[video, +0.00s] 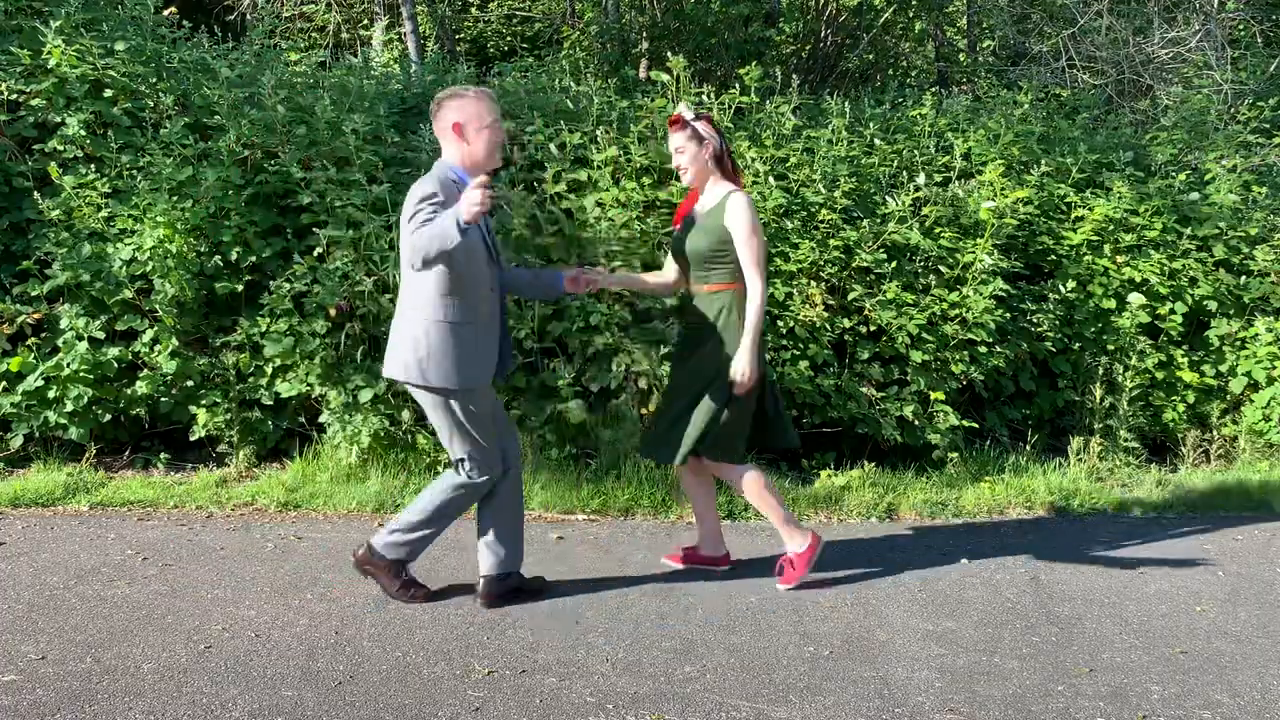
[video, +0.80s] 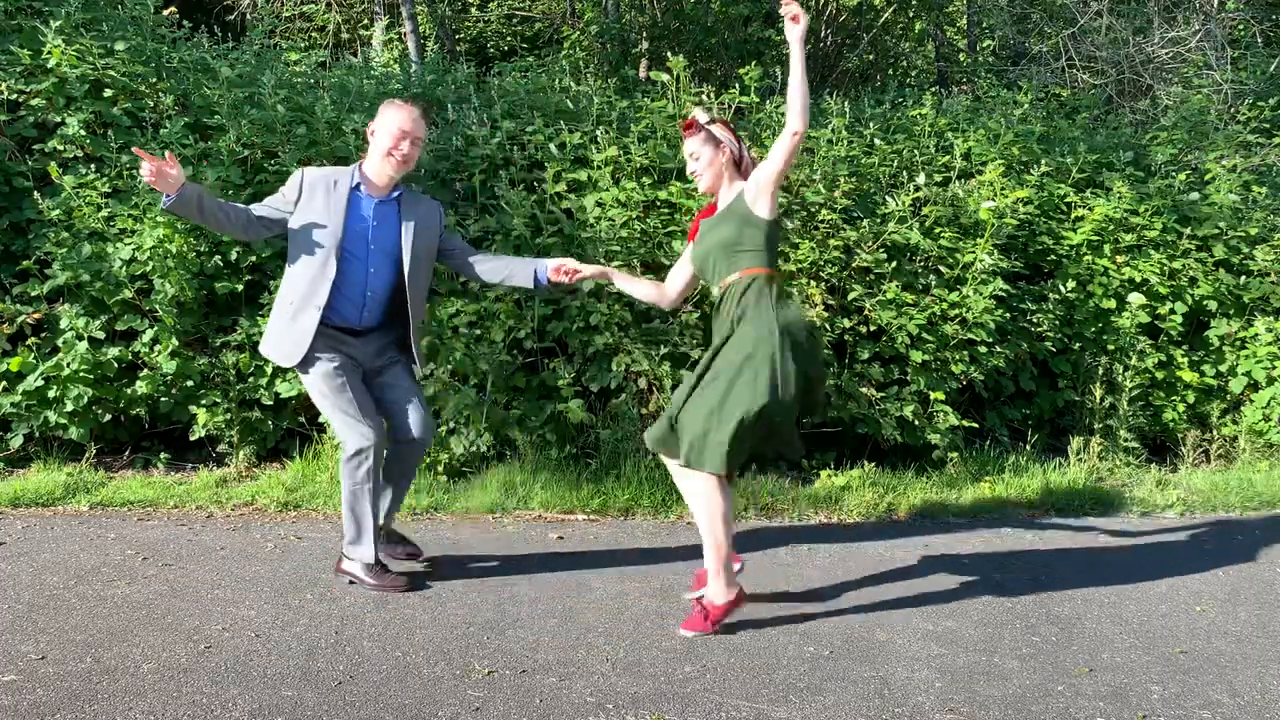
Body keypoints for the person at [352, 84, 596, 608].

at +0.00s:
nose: (504, 136)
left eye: (501, 125)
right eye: (493, 126)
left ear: (462, 135)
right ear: (457, 133)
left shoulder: (469, 196)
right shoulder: (432, 190)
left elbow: (496, 277)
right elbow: (414, 250)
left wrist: (560, 280)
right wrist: (459, 216)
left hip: (460, 358)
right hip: (434, 360)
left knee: (504, 455)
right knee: (480, 463)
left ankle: (501, 577)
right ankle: (385, 553)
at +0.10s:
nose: (489, 143)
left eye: (489, 134)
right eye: (480, 134)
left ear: (458, 139)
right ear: (442, 138)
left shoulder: (462, 206)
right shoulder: (412, 197)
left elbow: (495, 277)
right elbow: (372, 257)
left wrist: (573, 283)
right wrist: (385, 228)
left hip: (454, 363)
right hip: (414, 364)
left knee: (499, 450)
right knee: (436, 475)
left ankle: (499, 573)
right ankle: (363, 560)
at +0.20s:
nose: (479, 146)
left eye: (481, 138)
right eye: (468, 136)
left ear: (482, 145)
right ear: (430, 139)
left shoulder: (466, 218)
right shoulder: (388, 196)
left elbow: (503, 274)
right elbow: (344, 249)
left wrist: (580, 277)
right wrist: (329, 229)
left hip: (443, 360)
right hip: (391, 362)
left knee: (494, 437)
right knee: (426, 469)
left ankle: (495, 563)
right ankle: (362, 565)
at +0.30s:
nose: (468, 148)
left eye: (473, 140)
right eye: (458, 136)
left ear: (476, 147)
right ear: (424, 136)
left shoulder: (468, 220)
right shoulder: (374, 195)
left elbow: (510, 271)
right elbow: (317, 240)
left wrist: (582, 275)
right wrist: (284, 215)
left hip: (435, 360)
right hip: (378, 357)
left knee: (478, 448)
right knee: (421, 462)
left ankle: (502, 567)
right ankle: (364, 563)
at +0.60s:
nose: (428, 159)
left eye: (436, 151)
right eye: (419, 147)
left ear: (440, 159)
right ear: (388, 145)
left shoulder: (439, 222)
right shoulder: (331, 198)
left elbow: (488, 272)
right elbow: (262, 232)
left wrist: (560, 276)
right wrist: (205, 198)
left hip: (401, 355)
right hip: (338, 353)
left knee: (451, 436)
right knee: (386, 451)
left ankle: (476, 553)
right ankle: (361, 559)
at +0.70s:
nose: (416, 151)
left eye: (425, 144)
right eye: (408, 139)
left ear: (429, 153)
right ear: (379, 137)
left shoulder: (432, 215)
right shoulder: (321, 188)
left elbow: (479, 265)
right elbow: (255, 222)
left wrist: (551, 268)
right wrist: (190, 192)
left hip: (392, 346)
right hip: (327, 342)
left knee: (436, 426)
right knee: (371, 440)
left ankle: (429, 542)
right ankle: (360, 558)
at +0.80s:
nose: (407, 149)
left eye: (416, 141)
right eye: (399, 137)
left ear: (421, 150)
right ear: (370, 136)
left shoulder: (425, 213)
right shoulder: (314, 187)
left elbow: (473, 264)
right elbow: (249, 222)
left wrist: (543, 270)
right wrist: (182, 192)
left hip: (385, 346)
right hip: (320, 340)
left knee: (415, 430)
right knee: (363, 436)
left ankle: (379, 528)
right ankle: (357, 558)